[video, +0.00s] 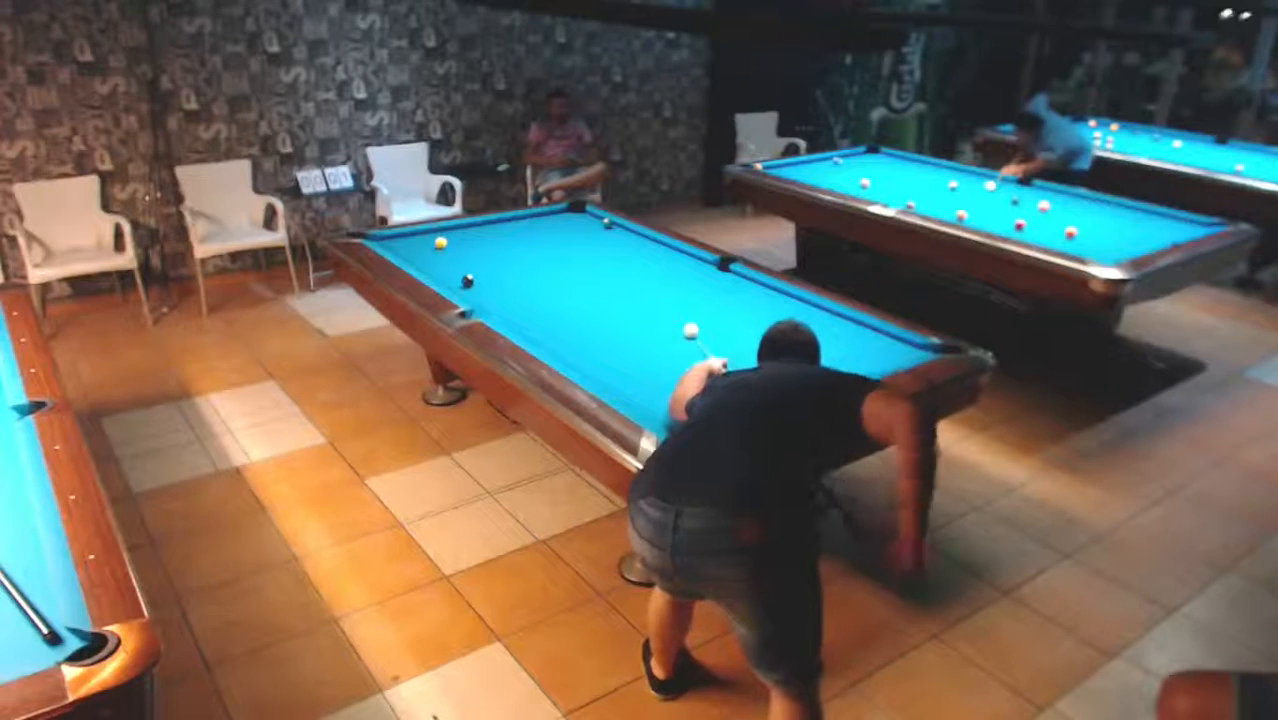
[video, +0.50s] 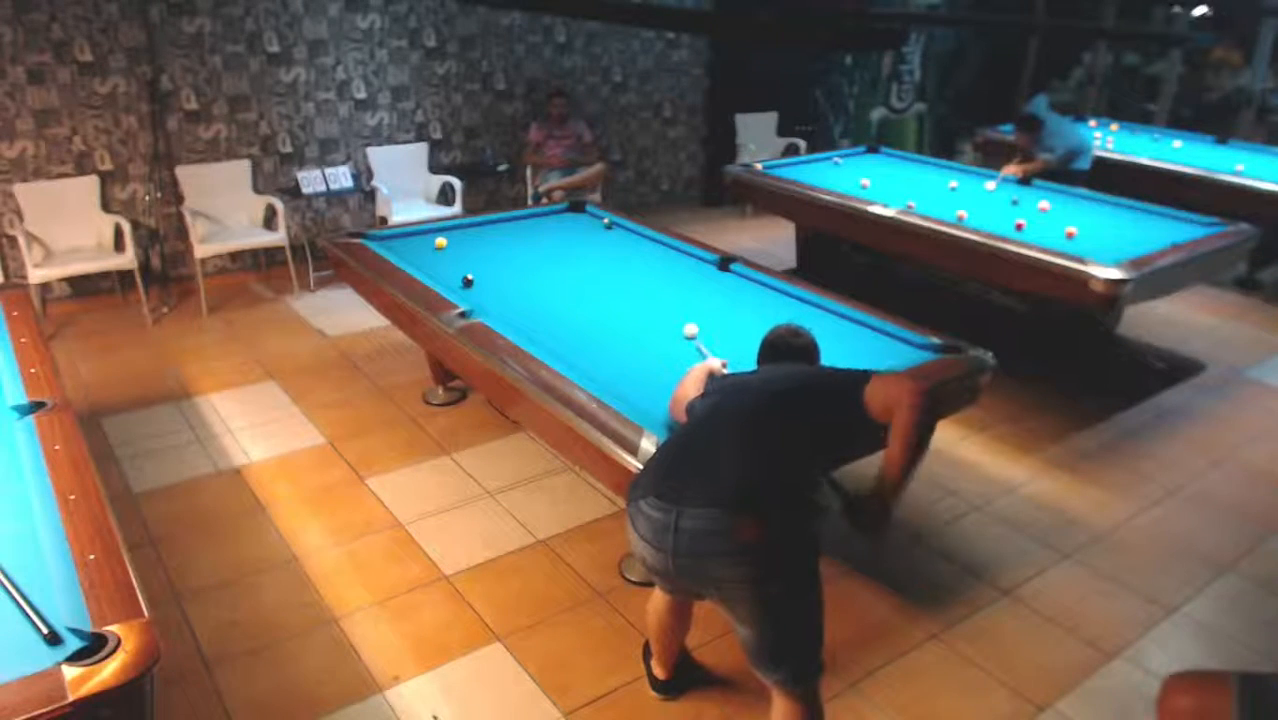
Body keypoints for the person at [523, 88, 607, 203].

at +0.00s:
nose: (560, 111)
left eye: (563, 106)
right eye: (556, 107)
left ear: (569, 107)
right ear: (549, 108)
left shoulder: (578, 125)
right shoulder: (539, 127)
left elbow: (592, 152)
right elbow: (528, 157)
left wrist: (574, 161)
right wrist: (553, 162)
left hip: (577, 166)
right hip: (551, 169)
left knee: (601, 169)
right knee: (559, 196)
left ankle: (548, 188)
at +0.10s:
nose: (560, 111)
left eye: (563, 106)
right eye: (555, 107)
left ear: (568, 107)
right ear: (549, 108)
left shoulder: (578, 125)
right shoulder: (540, 127)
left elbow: (593, 155)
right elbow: (528, 157)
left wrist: (572, 160)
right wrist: (551, 162)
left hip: (576, 166)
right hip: (552, 169)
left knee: (601, 168)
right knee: (558, 196)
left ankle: (550, 187)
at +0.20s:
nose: (560, 111)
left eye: (563, 106)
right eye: (555, 107)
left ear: (568, 107)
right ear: (549, 108)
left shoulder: (578, 125)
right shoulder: (540, 127)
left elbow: (593, 155)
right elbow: (528, 156)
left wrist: (572, 160)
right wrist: (551, 162)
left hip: (576, 166)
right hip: (552, 169)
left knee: (601, 168)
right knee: (558, 196)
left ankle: (550, 187)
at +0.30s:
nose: (560, 111)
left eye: (563, 106)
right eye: (555, 107)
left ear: (568, 108)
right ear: (549, 108)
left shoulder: (578, 125)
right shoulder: (540, 127)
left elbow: (593, 155)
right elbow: (528, 157)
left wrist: (572, 160)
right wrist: (551, 162)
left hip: (576, 166)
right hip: (552, 169)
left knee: (601, 168)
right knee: (558, 196)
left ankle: (550, 187)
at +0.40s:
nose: (560, 111)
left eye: (563, 106)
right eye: (555, 107)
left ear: (568, 108)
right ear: (549, 108)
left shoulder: (578, 125)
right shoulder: (540, 127)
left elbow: (593, 155)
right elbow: (528, 157)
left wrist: (572, 160)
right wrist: (552, 162)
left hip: (576, 166)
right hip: (552, 169)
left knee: (601, 168)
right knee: (558, 196)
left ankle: (549, 187)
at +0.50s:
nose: (560, 111)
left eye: (563, 106)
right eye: (555, 107)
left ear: (568, 108)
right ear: (549, 108)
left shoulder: (578, 125)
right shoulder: (540, 127)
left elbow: (593, 155)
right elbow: (528, 157)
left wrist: (572, 160)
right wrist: (552, 162)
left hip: (576, 166)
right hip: (552, 169)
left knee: (601, 168)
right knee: (558, 196)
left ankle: (549, 187)